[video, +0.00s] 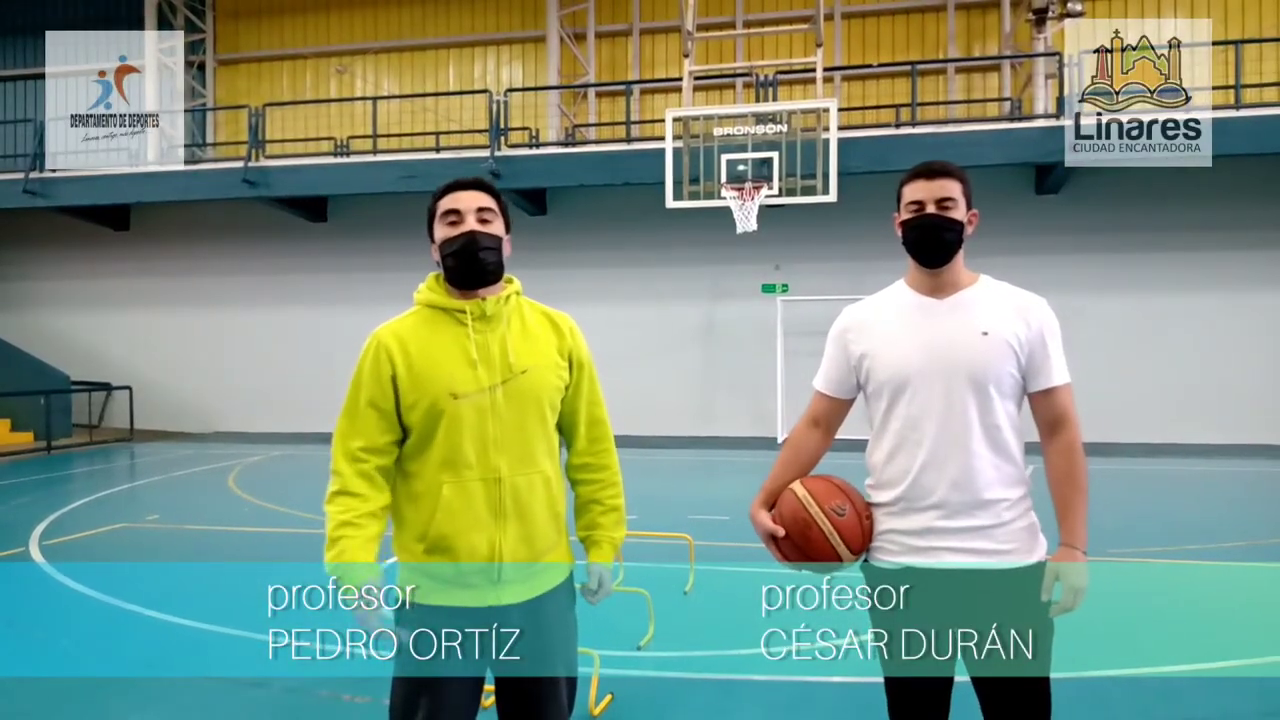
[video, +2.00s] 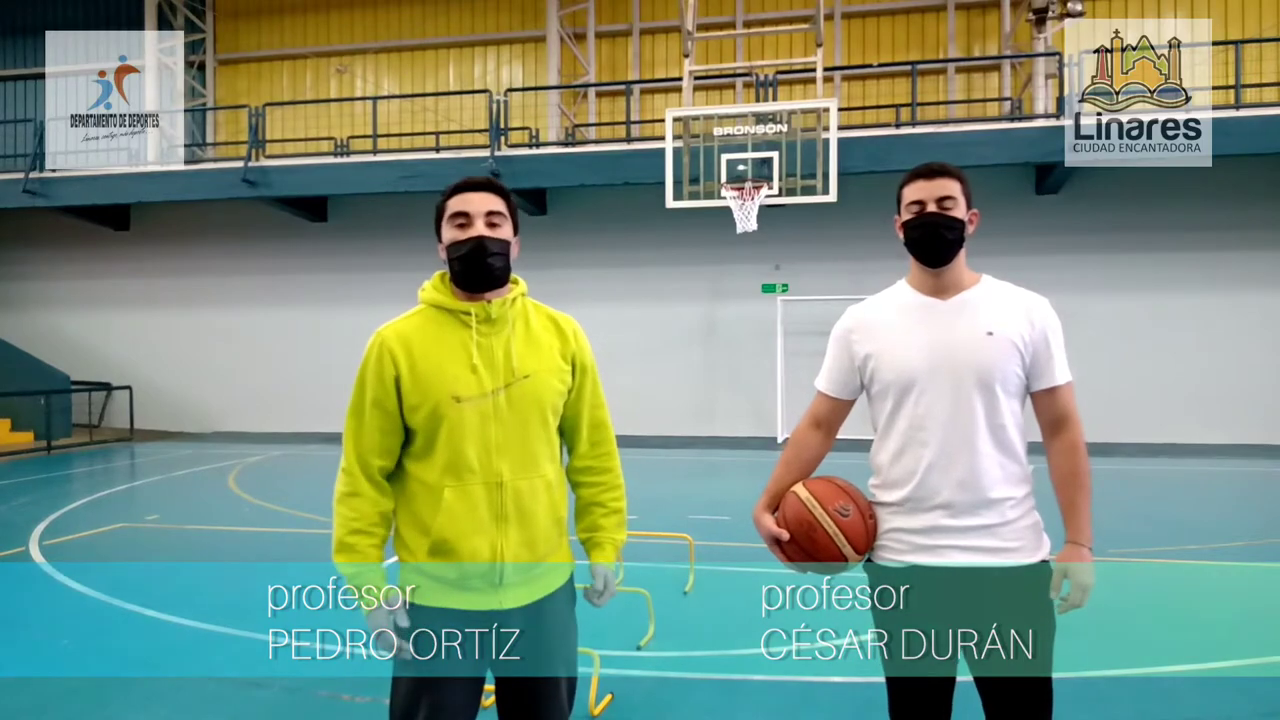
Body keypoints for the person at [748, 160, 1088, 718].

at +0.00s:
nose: (929, 217)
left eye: (945, 206)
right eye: (915, 208)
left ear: (971, 220)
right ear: (897, 226)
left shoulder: (1024, 315)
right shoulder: (860, 323)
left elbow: (1060, 432)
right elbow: (816, 425)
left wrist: (1072, 545)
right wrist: (761, 502)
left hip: (1005, 561)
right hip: (901, 562)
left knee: (1020, 710)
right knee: (914, 713)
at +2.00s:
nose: (931, 215)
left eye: (945, 204)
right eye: (916, 208)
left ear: (972, 220)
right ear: (898, 229)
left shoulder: (1026, 315)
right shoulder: (863, 324)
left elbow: (1062, 430)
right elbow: (818, 426)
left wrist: (1078, 542)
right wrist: (765, 505)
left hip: (1008, 559)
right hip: (906, 561)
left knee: (1022, 711)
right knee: (916, 712)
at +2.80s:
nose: (920, 215)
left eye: (935, 204)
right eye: (905, 210)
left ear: (964, 220)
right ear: (894, 232)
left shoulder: (1023, 313)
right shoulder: (860, 324)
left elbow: (1063, 423)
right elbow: (816, 425)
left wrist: (1060, 500)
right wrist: (763, 496)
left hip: (1001, 556)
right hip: (899, 557)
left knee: (1017, 709)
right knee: (911, 713)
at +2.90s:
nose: (915, 215)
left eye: (930, 204)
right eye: (901, 212)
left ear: (961, 219)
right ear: (891, 234)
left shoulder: (1021, 313)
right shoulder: (859, 324)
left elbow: (1066, 422)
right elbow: (815, 424)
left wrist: (1037, 435)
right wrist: (762, 494)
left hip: (998, 557)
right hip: (896, 557)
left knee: (1017, 710)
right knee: (909, 714)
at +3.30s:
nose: (900, 221)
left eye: (915, 209)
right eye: (887, 218)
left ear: (949, 222)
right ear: (880, 238)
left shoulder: (1003, 310)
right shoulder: (853, 324)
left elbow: (1053, 421)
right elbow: (812, 425)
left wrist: (1016, 348)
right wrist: (761, 489)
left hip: (983, 553)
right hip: (885, 554)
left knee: (1005, 710)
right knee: (902, 711)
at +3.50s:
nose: (946, 239)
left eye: (958, 230)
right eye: (929, 232)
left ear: (976, 250)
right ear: (910, 253)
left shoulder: (1020, 323)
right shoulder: (875, 344)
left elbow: (1102, 397)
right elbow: (855, 455)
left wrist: (1042, 406)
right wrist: (853, 544)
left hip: (1010, 547)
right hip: (915, 550)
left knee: (1022, 691)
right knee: (915, 696)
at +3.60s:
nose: (931, 236)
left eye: (945, 229)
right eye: (916, 230)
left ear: (965, 250)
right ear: (900, 257)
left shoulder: (1017, 327)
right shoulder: (870, 347)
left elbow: (1081, 419)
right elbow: (854, 453)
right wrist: (853, 535)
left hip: (1009, 553)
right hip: (912, 556)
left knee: (1029, 701)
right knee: (916, 702)